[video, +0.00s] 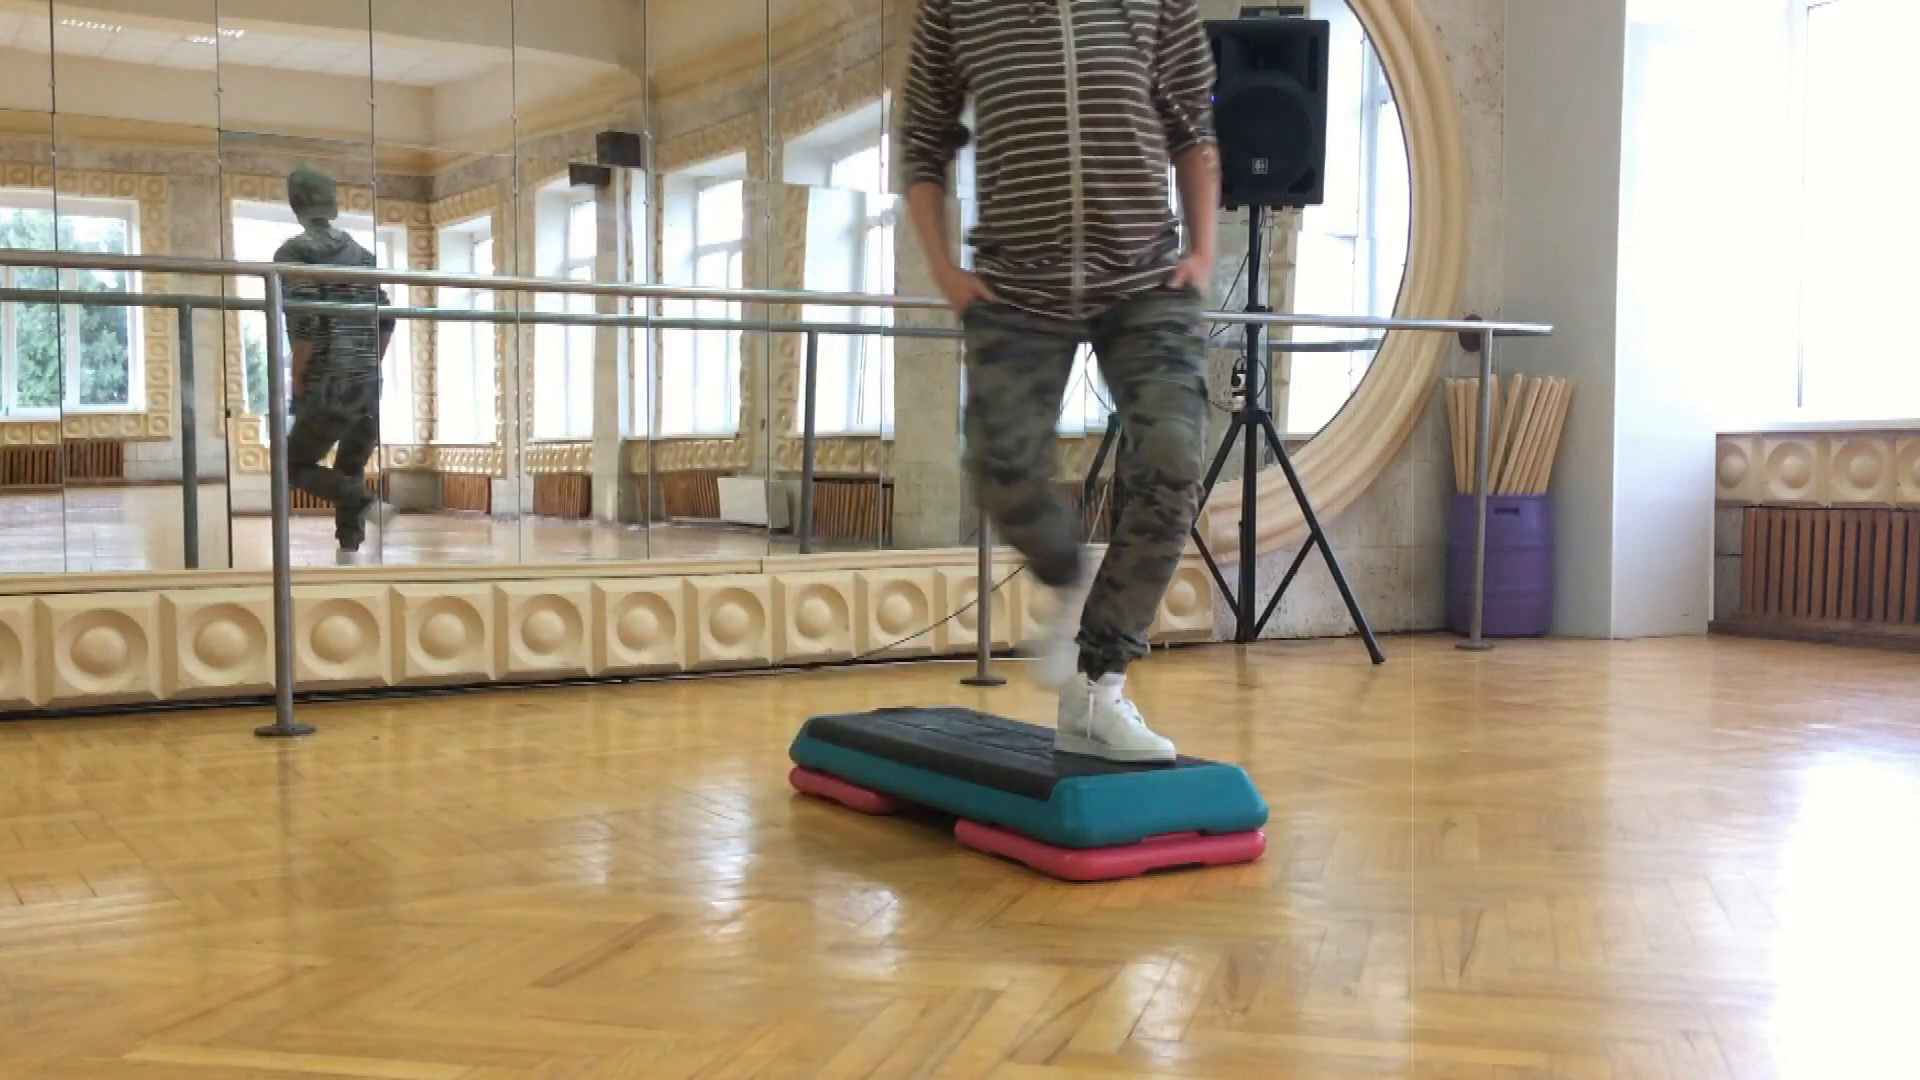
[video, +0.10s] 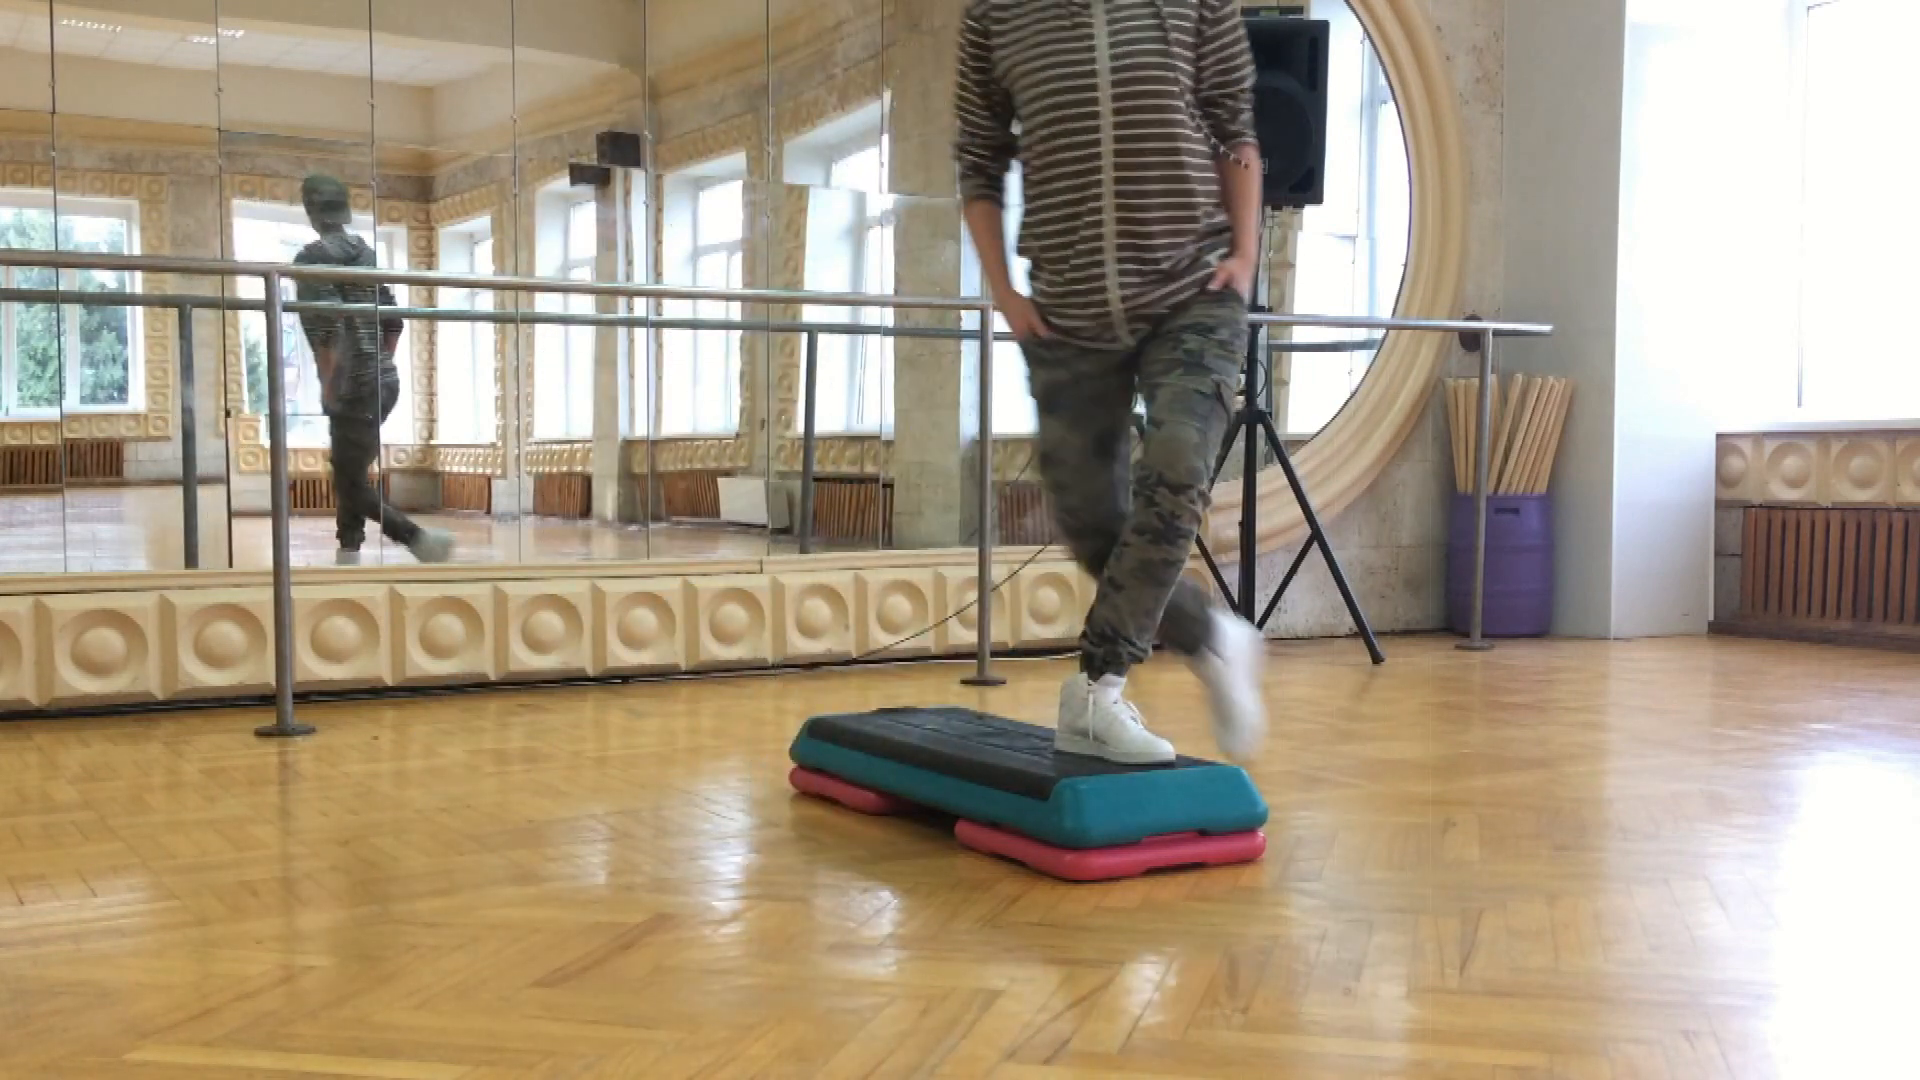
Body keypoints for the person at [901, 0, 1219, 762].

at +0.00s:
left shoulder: (1160, 7)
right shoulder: (954, 10)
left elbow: (1193, 125)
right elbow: (924, 142)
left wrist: (1201, 250)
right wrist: (946, 271)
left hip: (1148, 279)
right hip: (1015, 287)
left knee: (1170, 468)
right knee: (1004, 470)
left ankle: (1096, 686)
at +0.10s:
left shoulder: (1201, 7)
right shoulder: (993, 16)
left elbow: (1235, 130)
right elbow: (978, 162)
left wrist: (1245, 254)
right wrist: (1003, 292)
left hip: (1192, 292)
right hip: (1068, 310)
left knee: (1179, 484)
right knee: (1087, 523)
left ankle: (1094, 690)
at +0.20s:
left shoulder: (1238, 19)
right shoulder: (1038, 44)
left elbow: (1278, 145)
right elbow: (1033, 202)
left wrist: (1284, 267)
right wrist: (1062, 328)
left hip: (1237, 311)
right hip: (1122, 343)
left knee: (1191, 488)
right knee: (1203, 553)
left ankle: (1100, 690)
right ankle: (1300, 717)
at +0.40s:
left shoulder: (1301, 38)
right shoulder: (1111, 89)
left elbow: (1367, 163)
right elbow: (1120, 243)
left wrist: (1370, 285)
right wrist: (1141, 363)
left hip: (1318, 324)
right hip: (1204, 370)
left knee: (1331, 452)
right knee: (1254, 563)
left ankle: (1249, 638)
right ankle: (1328, 737)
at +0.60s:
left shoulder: (1375, 27)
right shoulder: (1171, 73)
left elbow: (1418, 164)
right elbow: (1166, 229)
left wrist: (1435, 294)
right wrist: (1189, 355)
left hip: (1388, 346)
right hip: (1259, 376)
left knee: (1440, 534)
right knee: (1290, 572)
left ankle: (1404, 783)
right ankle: (1326, 737)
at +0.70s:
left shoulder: (1404, 25)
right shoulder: (1210, 55)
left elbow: (1431, 167)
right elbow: (1183, 226)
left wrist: (1467, 285)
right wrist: (1238, 359)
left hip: (1432, 347)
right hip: (1304, 370)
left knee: (1470, 554)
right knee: (1333, 589)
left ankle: (1411, 787)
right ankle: (1308, 706)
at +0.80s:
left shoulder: (1410, 22)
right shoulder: (1252, 34)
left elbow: (1418, 183)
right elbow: (1206, 215)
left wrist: (1458, 305)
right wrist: (1300, 342)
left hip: (1453, 345)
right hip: (1342, 358)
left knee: (1486, 555)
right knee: (1443, 537)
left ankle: (1414, 789)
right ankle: (1319, 717)